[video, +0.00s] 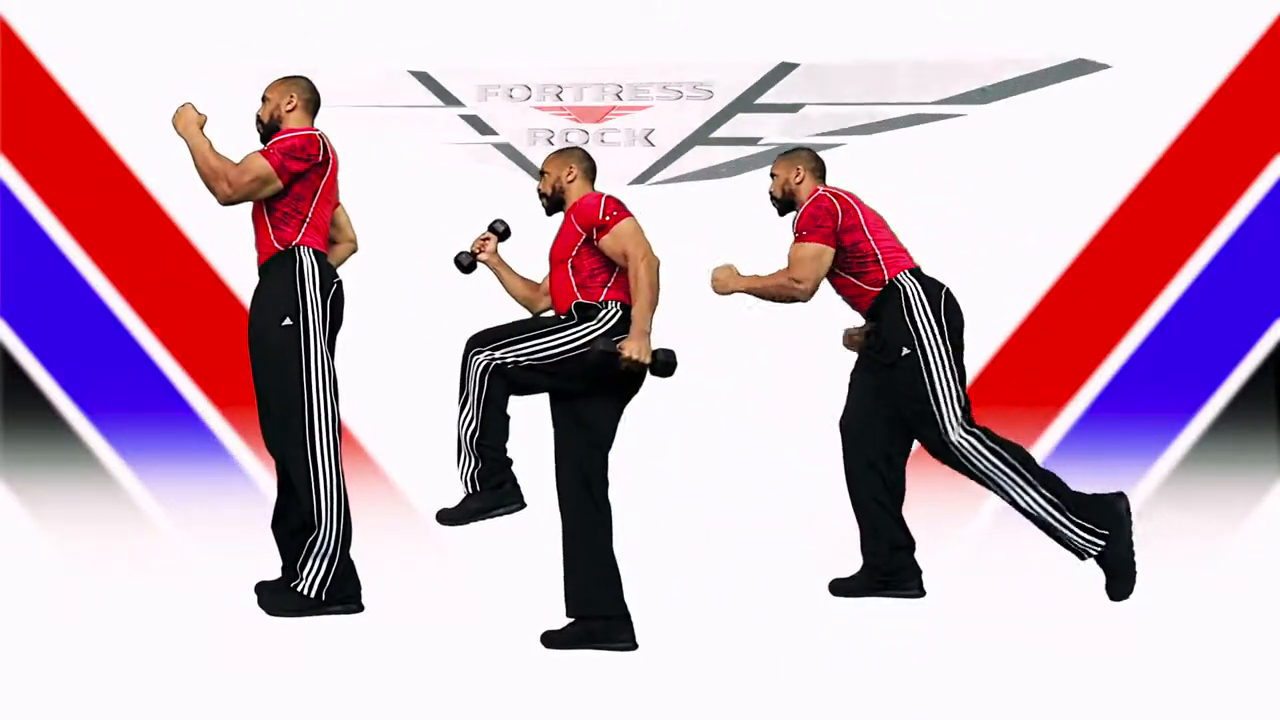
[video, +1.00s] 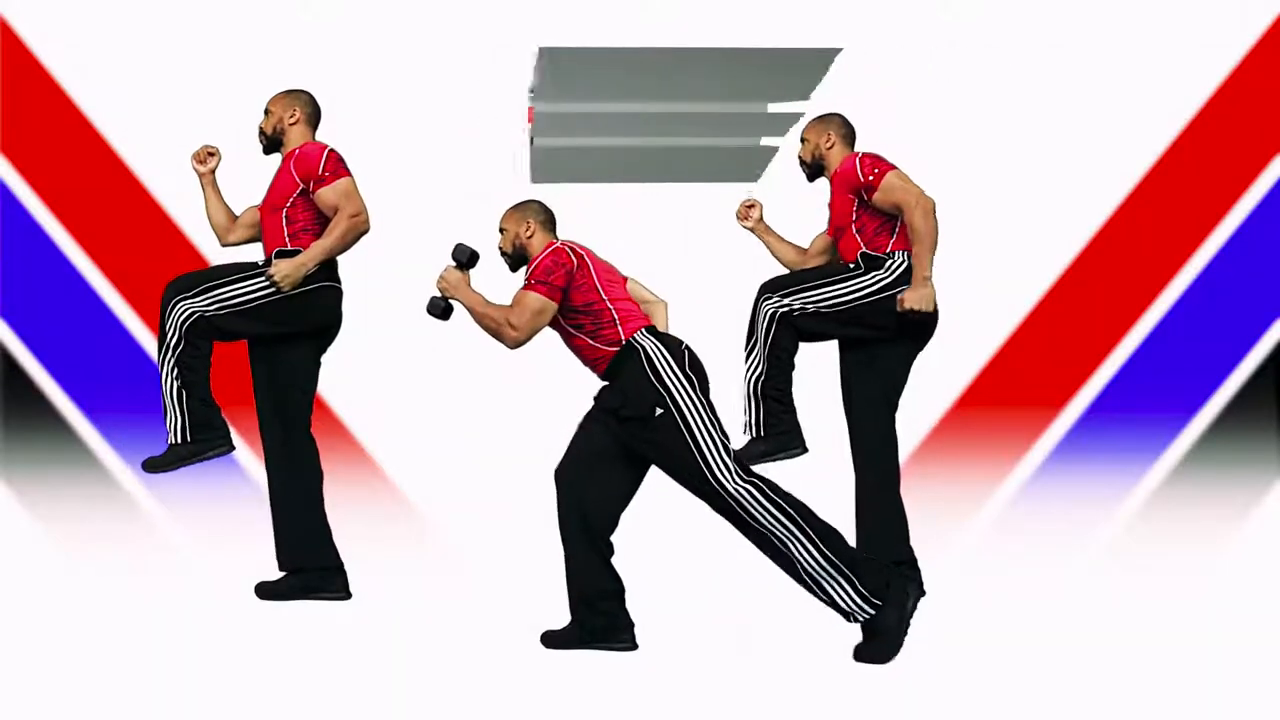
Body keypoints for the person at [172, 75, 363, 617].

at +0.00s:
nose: (258, 109)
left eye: (264, 100)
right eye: (260, 102)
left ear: (287, 102)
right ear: (298, 106)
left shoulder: (303, 143)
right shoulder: (303, 156)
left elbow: (229, 186)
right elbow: (343, 239)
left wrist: (193, 132)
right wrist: (296, 284)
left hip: (297, 284)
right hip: (289, 287)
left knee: (309, 428)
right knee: (288, 432)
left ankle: (326, 581)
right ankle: (304, 573)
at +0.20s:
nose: (260, 113)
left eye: (265, 104)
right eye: (262, 105)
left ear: (289, 105)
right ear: (297, 109)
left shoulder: (307, 146)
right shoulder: (293, 158)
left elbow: (263, 205)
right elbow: (315, 247)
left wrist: (201, 177)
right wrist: (260, 266)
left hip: (298, 284)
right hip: (283, 287)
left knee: (302, 426)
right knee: (282, 430)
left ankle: (324, 577)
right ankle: (304, 570)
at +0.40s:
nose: (260, 119)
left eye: (267, 109)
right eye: (262, 111)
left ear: (291, 111)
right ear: (293, 115)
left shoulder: (310, 151)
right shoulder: (283, 174)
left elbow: (329, 216)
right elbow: (268, 260)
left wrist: (255, 241)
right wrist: (217, 220)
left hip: (302, 286)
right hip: (295, 291)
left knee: (216, 374)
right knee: (289, 433)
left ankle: (254, 522)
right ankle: (315, 570)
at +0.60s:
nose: (261, 120)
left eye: (267, 110)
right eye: (263, 113)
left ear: (292, 112)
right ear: (294, 116)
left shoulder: (315, 152)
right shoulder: (283, 179)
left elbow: (362, 210)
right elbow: (228, 226)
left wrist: (315, 258)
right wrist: (209, 170)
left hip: (296, 282)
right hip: (297, 297)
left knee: (182, 295)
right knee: (293, 436)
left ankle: (193, 426)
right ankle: (318, 570)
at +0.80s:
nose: (260, 124)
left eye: (268, 114)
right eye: (262, 116)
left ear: (295, 116)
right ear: (295, 118)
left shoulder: (316, 155)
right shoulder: (287, 184)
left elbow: (358, 215)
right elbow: (231, 232)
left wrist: (309, 259)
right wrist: (208, 178)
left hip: (296, 284)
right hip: (296, 299)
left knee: (183, 282)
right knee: (291, 436)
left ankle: (186, 419)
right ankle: (319, 569)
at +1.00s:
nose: (261, 124)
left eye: (267, 114)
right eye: (263, 116)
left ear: (293, 115)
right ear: (295, 119)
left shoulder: (313, 156)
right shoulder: (285, 183)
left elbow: (356, 217)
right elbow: (230, 231)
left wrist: (306, 261)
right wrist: (208, 178)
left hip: (297, 286)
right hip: (298, 298)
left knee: (183, 300)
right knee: (286, 438)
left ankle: (196, 430)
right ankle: (316, 571)